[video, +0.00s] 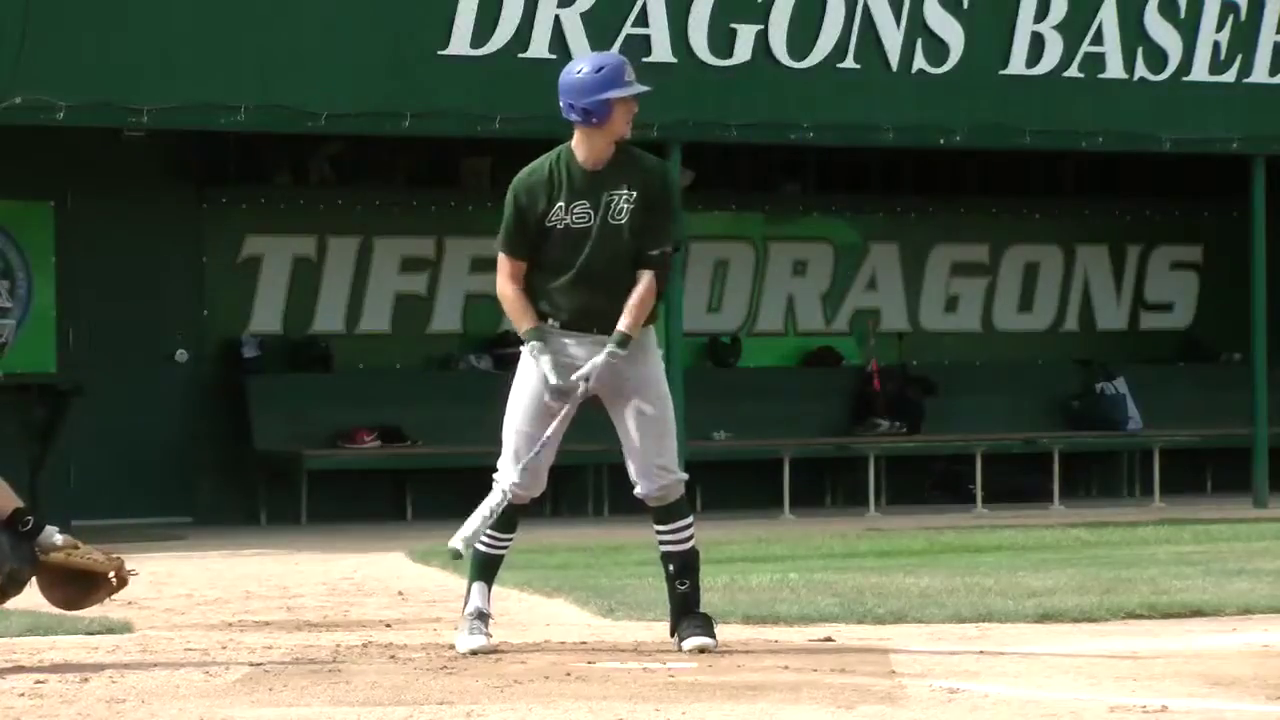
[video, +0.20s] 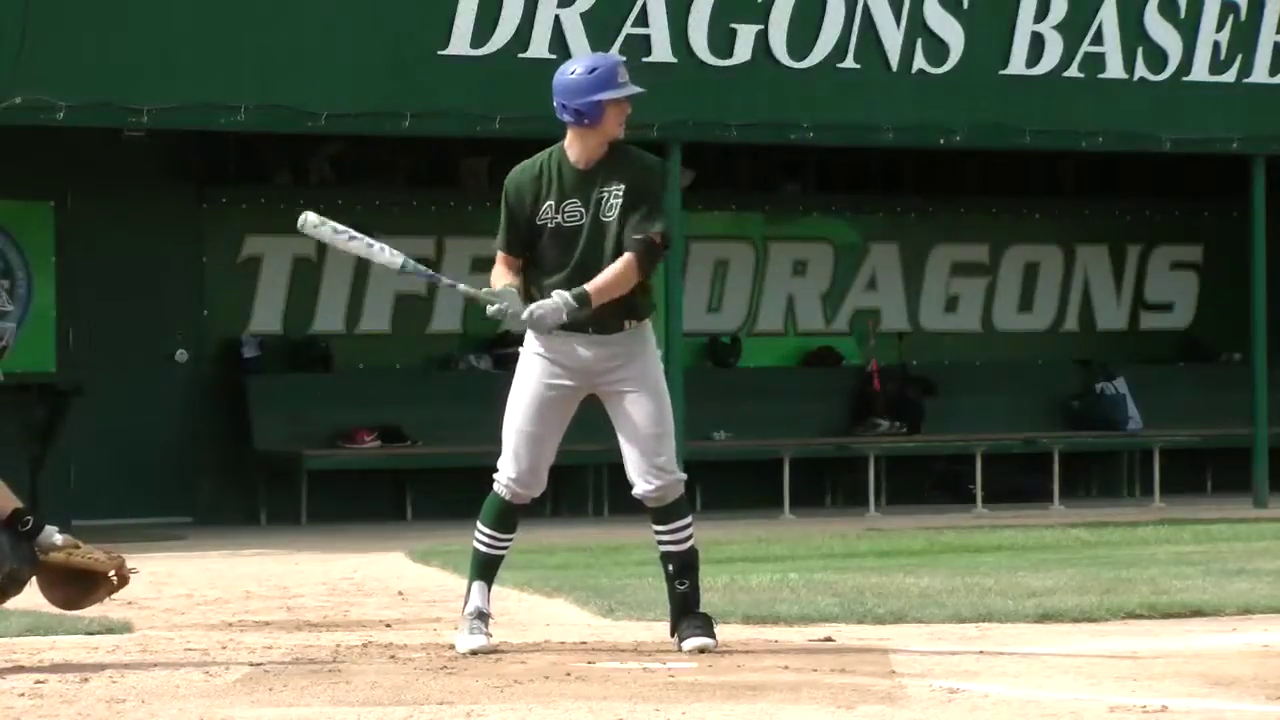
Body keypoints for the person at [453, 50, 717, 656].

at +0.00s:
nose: (634, 111)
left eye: (632, 101)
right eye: (623, 103)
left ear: (616, 108)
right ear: (590, 111)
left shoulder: (652, 179)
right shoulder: (532, 184)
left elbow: (651, 273)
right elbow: (507, 280)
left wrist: (617, 347)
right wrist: (538, 343)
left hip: (631, 343)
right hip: (551, 343)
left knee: (662, 481)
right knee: (516, 480)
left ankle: (688, 616)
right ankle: (476, 610)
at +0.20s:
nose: (627, 111)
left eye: (626, 102)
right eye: (617, 103)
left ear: (607, 110)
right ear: (583, 111)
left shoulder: (642, 174)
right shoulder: (525, 181)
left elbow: (640, 258)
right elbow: (507, 262)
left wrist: (574, 301)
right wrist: (508, 294)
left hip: (629, 348)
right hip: (549, 349)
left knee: (661, 479)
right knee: (516, 477)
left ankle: (688, 616)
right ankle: (476, 608)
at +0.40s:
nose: (606, 113)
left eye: (604, 104)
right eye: (596, 105)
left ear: (580, 112)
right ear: (562, 112)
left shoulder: (617, 170)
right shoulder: (500, 181)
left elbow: (609, 250)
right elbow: (461, 276)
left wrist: (528, 255)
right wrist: (469, 253)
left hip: (610, 348)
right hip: (531, 350)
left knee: (646, 479)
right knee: (505, 480)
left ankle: (688, 615)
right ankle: (474, 610)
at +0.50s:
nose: (592, 113)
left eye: (590, 104)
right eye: (582, 106)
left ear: (567, 112)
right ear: (547, 112)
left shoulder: (603, 170)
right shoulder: (489, 176)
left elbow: (593, 251)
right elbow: (434, 267)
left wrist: (513, 243)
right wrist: (451, 233)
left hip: (597, 346)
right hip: (519, 349)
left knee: (638, 477)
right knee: (498, 479)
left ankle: (688, 613)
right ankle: (473, 610)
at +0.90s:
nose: (587, 114)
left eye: (587, 104)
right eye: (576, 105)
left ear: (578, 111)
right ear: (541, 111)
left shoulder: (600, 171)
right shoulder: (490, 173)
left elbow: (584, 250)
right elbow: (417, 243)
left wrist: (497, 224)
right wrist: (442, 206)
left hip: (597, 349)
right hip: (519, 350)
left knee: (631, 483)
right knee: (500, 479)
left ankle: (682, 604)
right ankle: (473, 611)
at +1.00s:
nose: (599, 116)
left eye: (600, 106)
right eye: (589, 107)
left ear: (591, 112)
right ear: (554, 113)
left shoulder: (614, 173)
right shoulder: (503, 176)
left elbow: (600, 251)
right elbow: (431, 251)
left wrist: (517, 228)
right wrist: (458, 213)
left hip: (608, 350)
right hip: (531, 350)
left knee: (641, 485)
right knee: (509, 479)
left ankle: (685, 608)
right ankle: (474, 611)